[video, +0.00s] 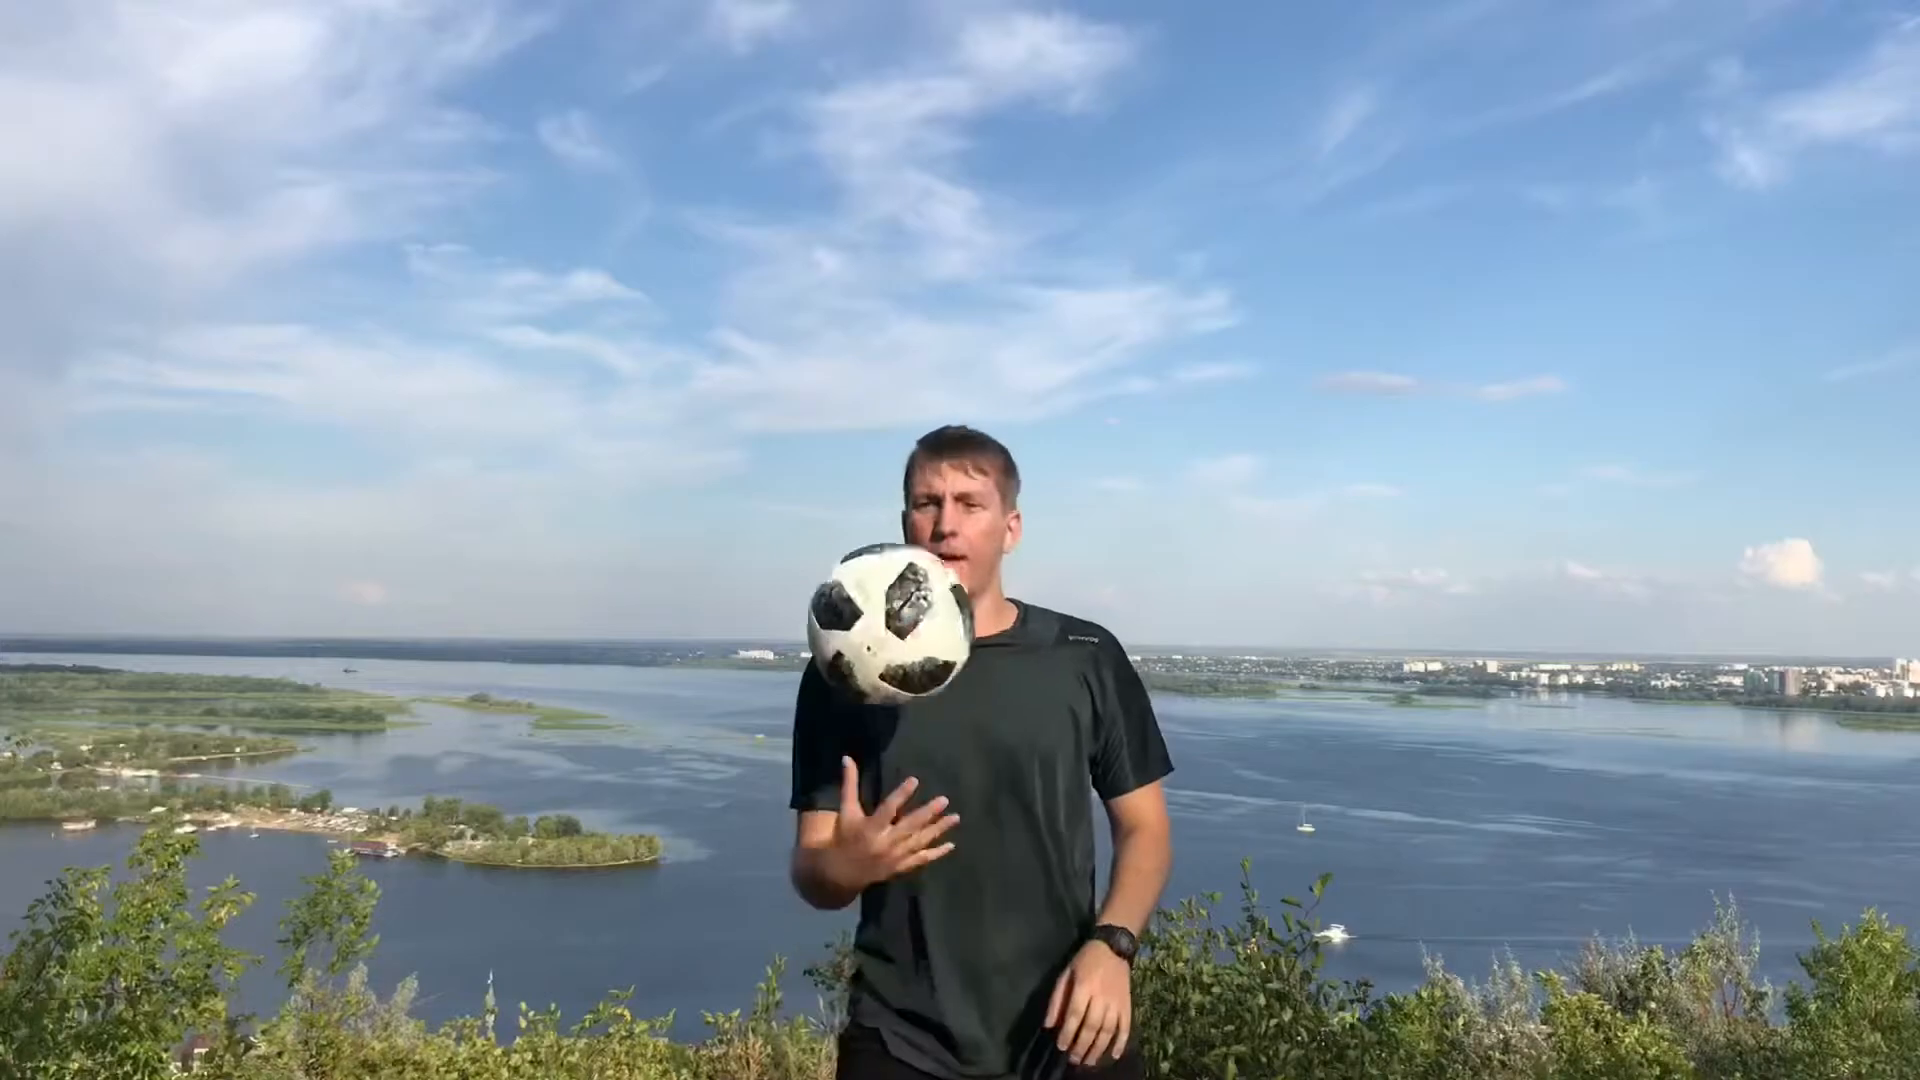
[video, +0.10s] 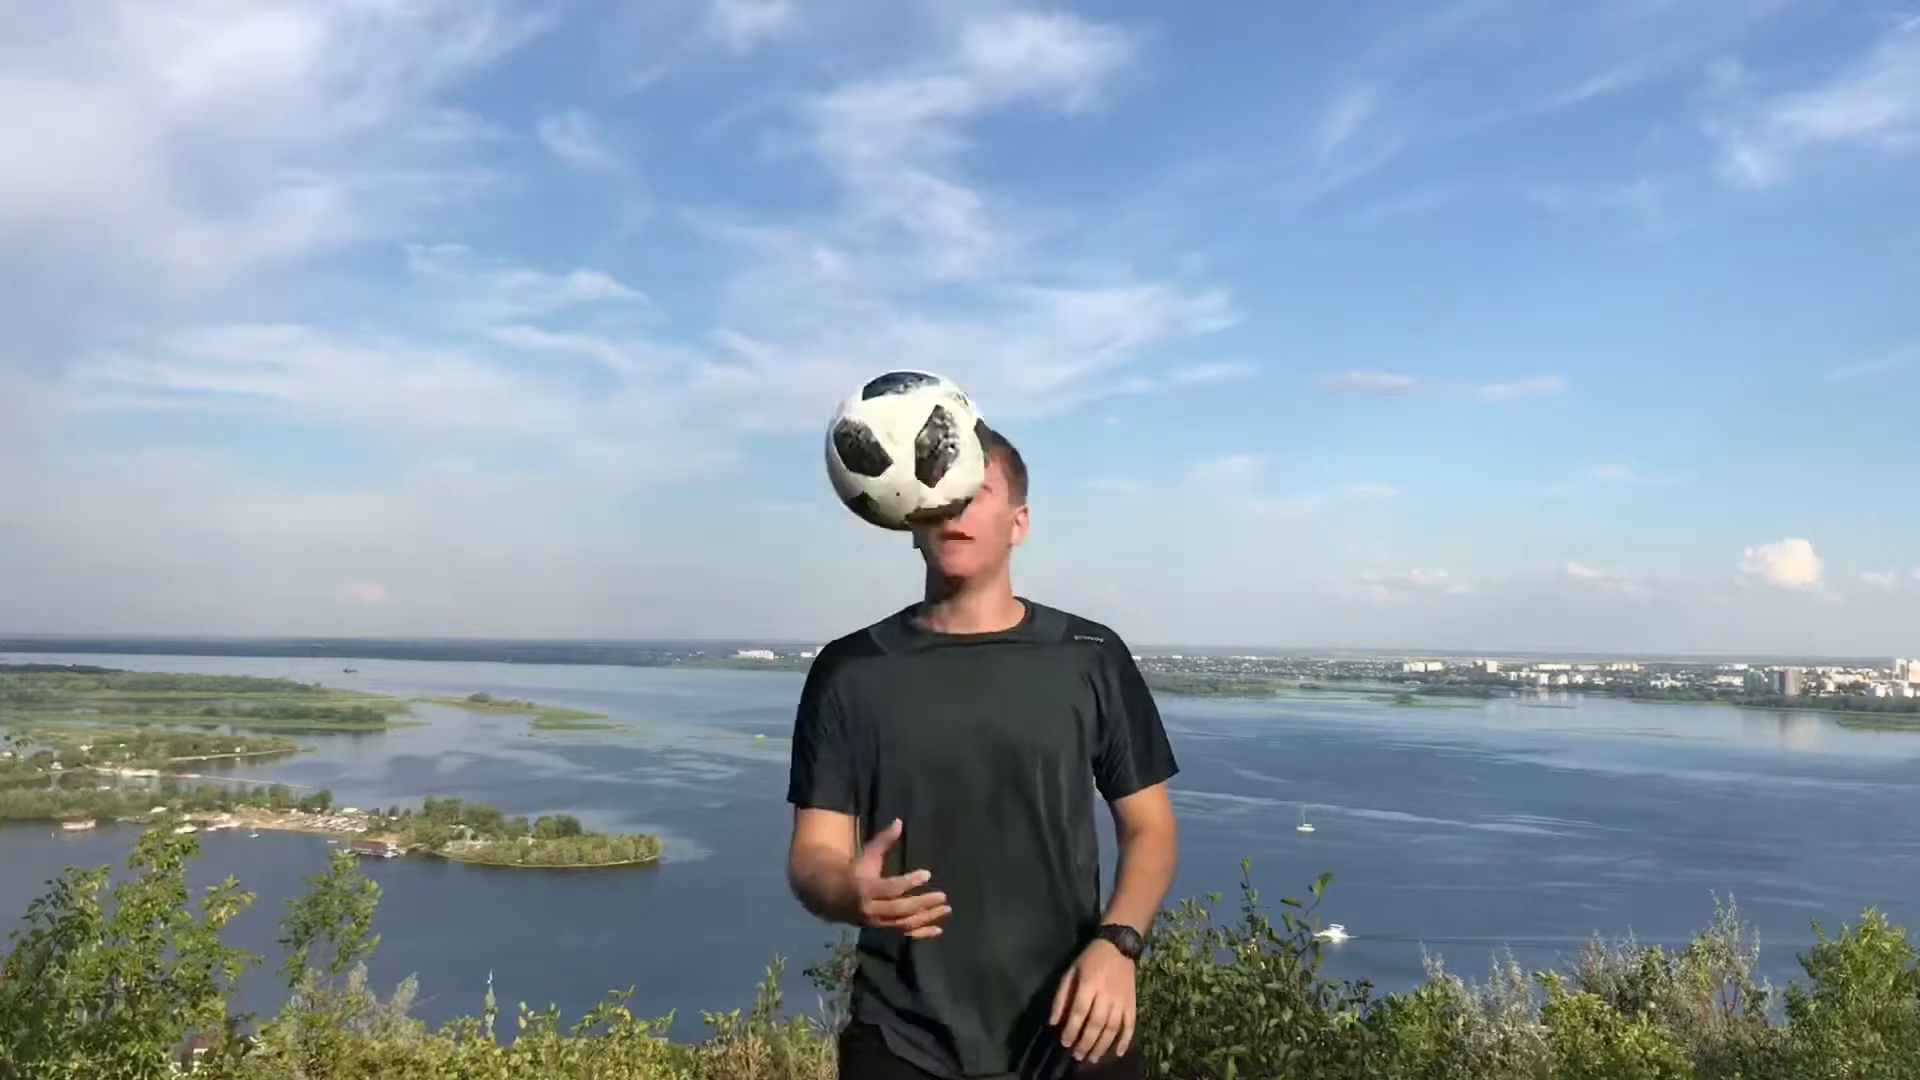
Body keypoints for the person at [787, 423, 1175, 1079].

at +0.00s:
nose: (944, 525)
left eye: (969, 504)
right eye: (926, 503)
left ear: (1010, 528)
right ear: (904, 521)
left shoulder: (1087, 659)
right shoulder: (847, 670)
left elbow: (1144, 827)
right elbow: (813, 873)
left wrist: (1112, 946)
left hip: (1061, 1029)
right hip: (906, 1032)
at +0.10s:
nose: (950, 513)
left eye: (974, 493)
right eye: (938, 496)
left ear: (1018, 521)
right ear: (915, 518)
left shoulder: (1093, 660)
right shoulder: (848, 672)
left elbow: (1149, 827)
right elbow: (815, 850)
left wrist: (1118, 945)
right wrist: (847, 892)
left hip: (1067, 1030)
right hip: (909, 1035)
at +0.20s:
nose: (961, 482)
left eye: (987, 472)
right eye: (942, 474)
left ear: (1024, 523)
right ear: (919, 523)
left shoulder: (1097, 658)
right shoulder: (852, 671)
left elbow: (1149, 825)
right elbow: (819, 843)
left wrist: (1128, 953)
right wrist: (827, 956)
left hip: (1067, 1029)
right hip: (911, 1033)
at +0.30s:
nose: (960, 490)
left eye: (985, 479)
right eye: (940, 482)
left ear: (1023, 530)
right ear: (916, 536)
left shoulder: (1101, 658)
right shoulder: (855, 676)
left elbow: (1152, 815)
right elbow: (817, 842)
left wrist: (1143, 964)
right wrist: (810, 1005)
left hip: (1071, 1034)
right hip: (913, 1035)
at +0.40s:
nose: (949, 570)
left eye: (971, 544)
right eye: (927, 549)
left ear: (1016, 564)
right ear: (905, 571)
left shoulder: (1107, 669)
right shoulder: (852, 694)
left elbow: (1159, 809)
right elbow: (813, 842)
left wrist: (1162, 975)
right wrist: (798, 1023)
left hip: (1078, 1037)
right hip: (915, 1040)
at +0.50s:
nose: (948, 714)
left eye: (969, 680)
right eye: (923, 688)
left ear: (1012, 646)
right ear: (896, 669)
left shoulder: (1108, 705)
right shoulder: (849, 735)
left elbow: (1171, 804)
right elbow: (813, 837)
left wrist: (1185, 977)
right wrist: (803, 1011)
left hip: (1089, 1038)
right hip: (920, 1042)